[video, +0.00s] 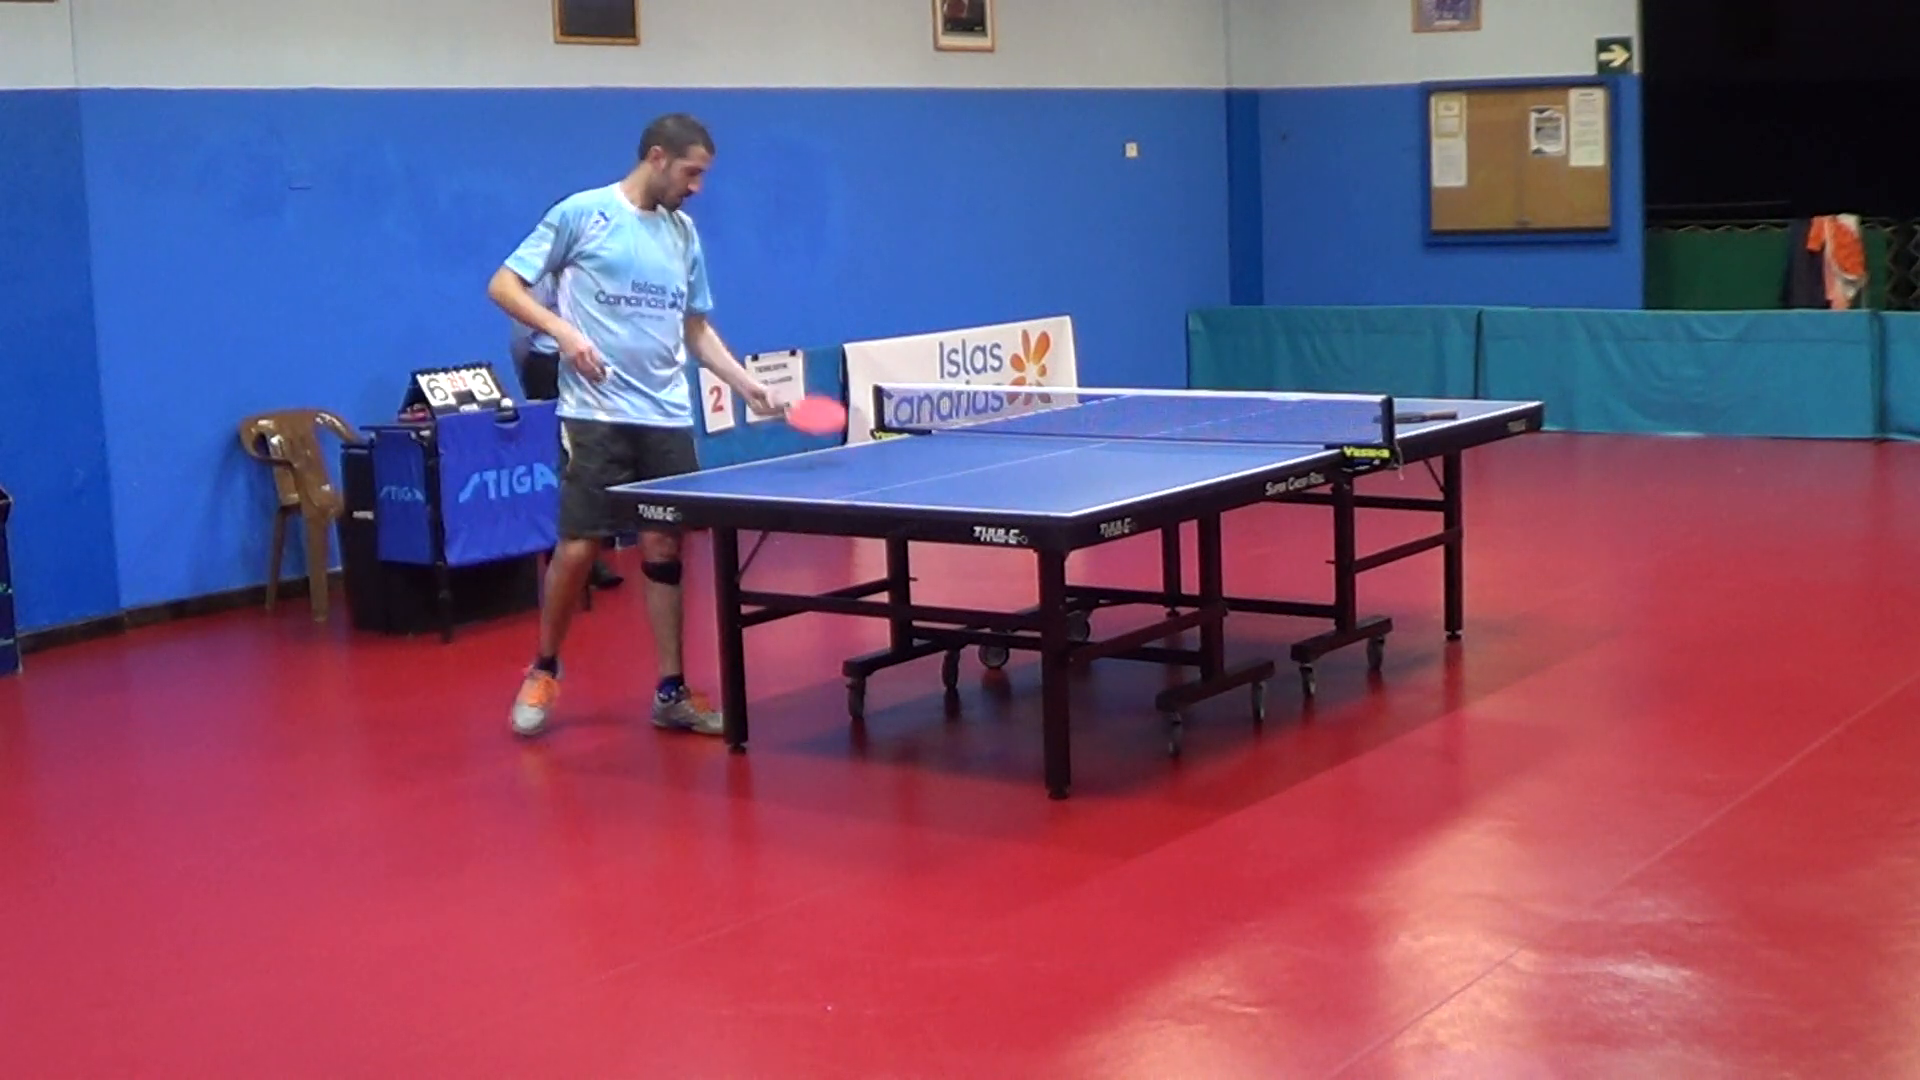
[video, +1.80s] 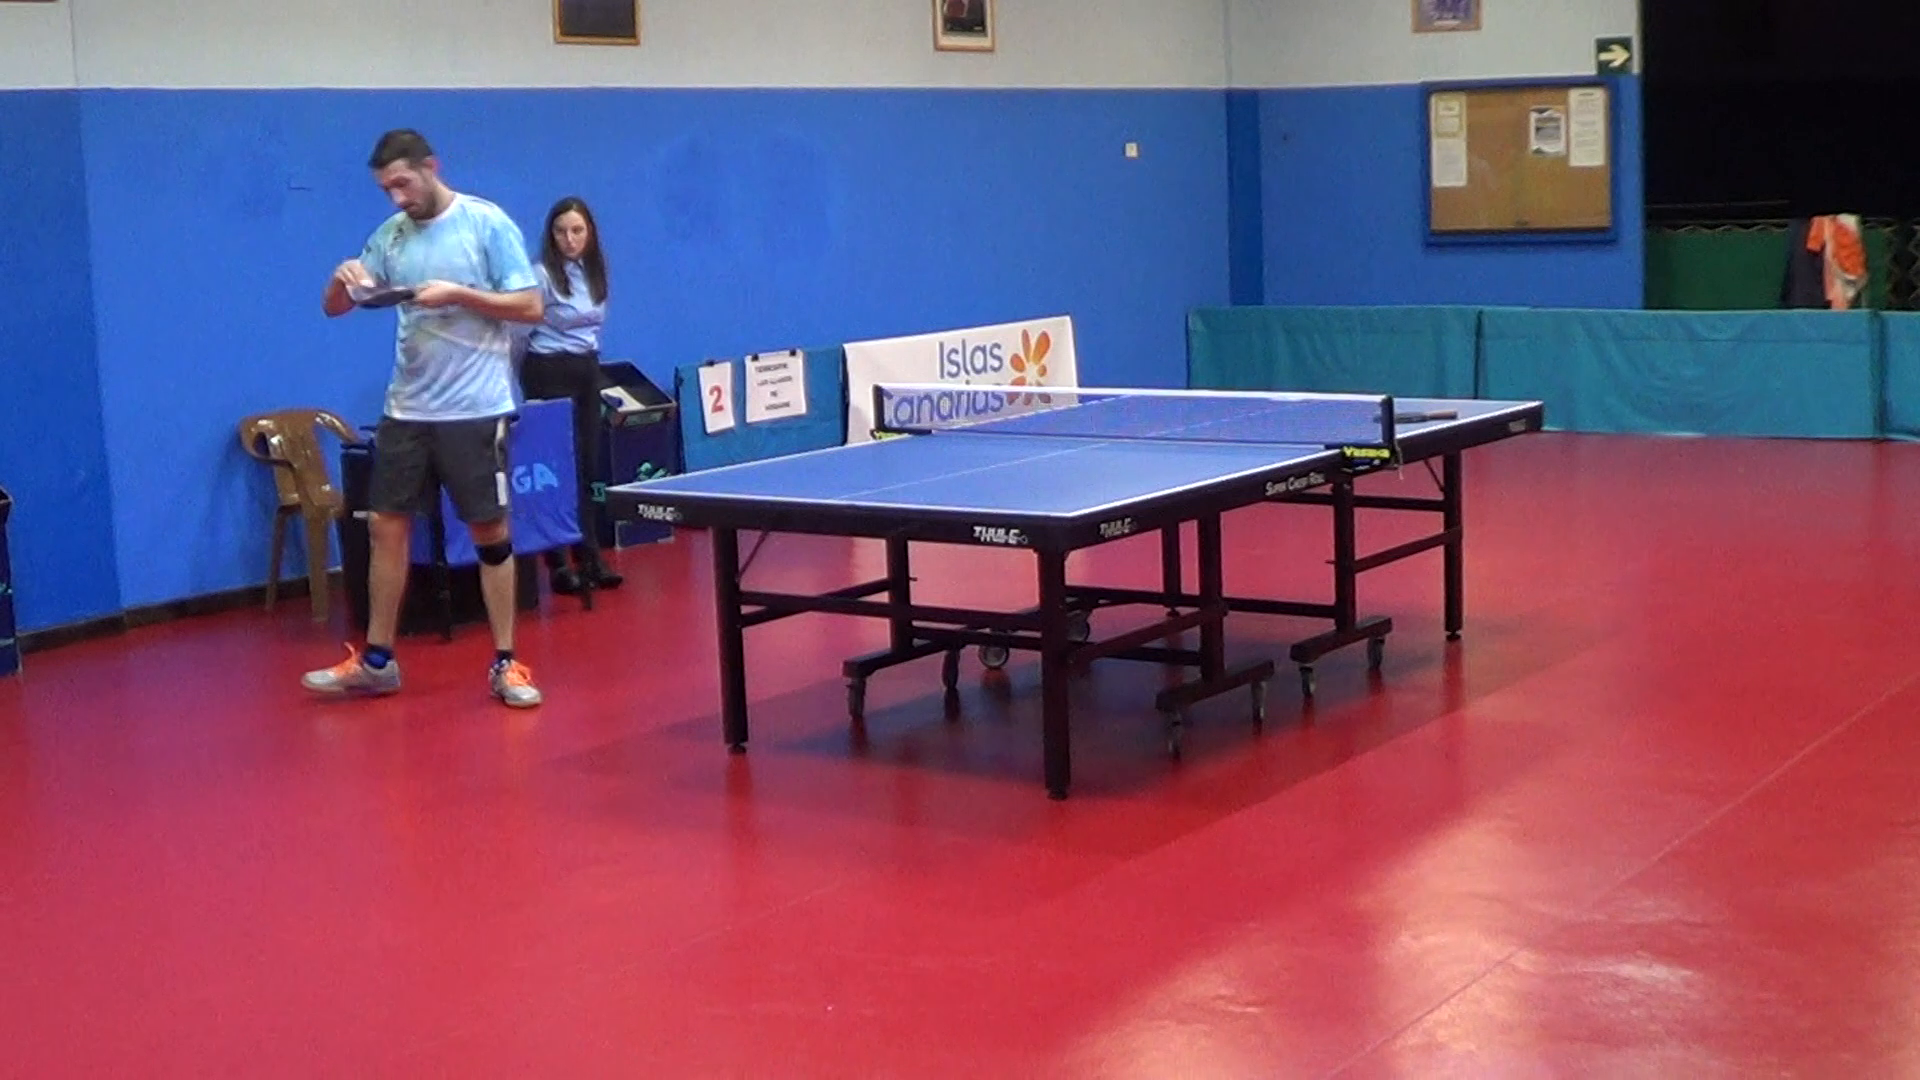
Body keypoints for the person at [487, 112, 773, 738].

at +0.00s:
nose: (697, 186)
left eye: (702, 174)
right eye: (692, 172)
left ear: (674, 166)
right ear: (657, 159)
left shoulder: (684, 233)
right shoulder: (582, 214)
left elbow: (696, 328)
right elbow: (503, 285)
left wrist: (751, 387)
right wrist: (564, 332)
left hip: (668, 417)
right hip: (596, 416)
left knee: (664, 549)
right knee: (577, 552)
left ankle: (672, 691)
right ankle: (544, 671)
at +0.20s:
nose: (650, 183)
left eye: (654, 171)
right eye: (644, 170)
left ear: (630, 166)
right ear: (605, 159)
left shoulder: (637, 228)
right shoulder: (542, 221)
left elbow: (635, 319)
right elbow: (486, 306)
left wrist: (683, 335)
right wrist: (575, 317)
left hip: (640, 418)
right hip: (569, 422)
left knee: (649, 551)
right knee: (550, 554)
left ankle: (670, 692)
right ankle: (528, 690)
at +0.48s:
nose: (574, 183)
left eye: (577, 172)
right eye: (566, 172)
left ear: (550, 169)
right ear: (528, 165)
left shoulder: (564, 226)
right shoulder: (479, 236)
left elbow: (571, 317)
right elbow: (496, 333)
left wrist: (610, 305)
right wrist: (579, 289)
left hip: (587, 415)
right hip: (521, 429)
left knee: (625, 546)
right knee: (520, 558)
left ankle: (661, 687)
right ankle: (525, 692)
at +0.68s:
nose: (542, 185)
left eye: (547, 174)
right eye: (534, 174)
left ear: (536, 170)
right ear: (497, 168)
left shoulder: (535, 222)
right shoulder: (458, 237)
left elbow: (543, 308)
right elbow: (478, 333)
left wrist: (582, 289)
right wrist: (558, 293)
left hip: (570, 405)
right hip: (508, 423)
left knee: (608, 537)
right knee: (511, 554)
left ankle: (610, 681)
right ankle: (526, 693)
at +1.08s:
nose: (508, 185)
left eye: (514, 175)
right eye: (497, 175)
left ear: (517, 169)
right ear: (466, 171)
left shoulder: (528, 224)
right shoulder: (434, 234)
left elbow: (557, 315)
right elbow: (396, 311)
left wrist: (559, 303)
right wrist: (471, 276)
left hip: (548, 404)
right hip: (482, 412)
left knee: (556, 538)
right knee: (501, 548)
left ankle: (525, 646)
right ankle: (520, 686)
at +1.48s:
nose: (465, 193)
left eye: (473, 181)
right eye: (454, 184)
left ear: (492, 168)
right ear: (442, 177)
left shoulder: (530, 224)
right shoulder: (424, 228)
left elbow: (567, 314)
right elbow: (366, 304)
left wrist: (523, 293)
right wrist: (425, 289)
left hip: (513, 404)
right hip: (443, 402)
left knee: (505, 536)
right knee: (445, 531)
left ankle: (508, 664)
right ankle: (450, 677)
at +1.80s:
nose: (398, 196)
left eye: (404, 182)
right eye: (389, 187)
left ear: (432, 168)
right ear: (384, 187)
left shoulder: (488, 223)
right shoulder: (389, 236)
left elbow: (531, 306)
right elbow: (335, 308)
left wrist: (458, 295)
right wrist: (341, 280)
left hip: (476, 407)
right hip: (407, 408)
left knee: (490, 530)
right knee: (386, 524)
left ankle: (506, 662)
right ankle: (378, 660)